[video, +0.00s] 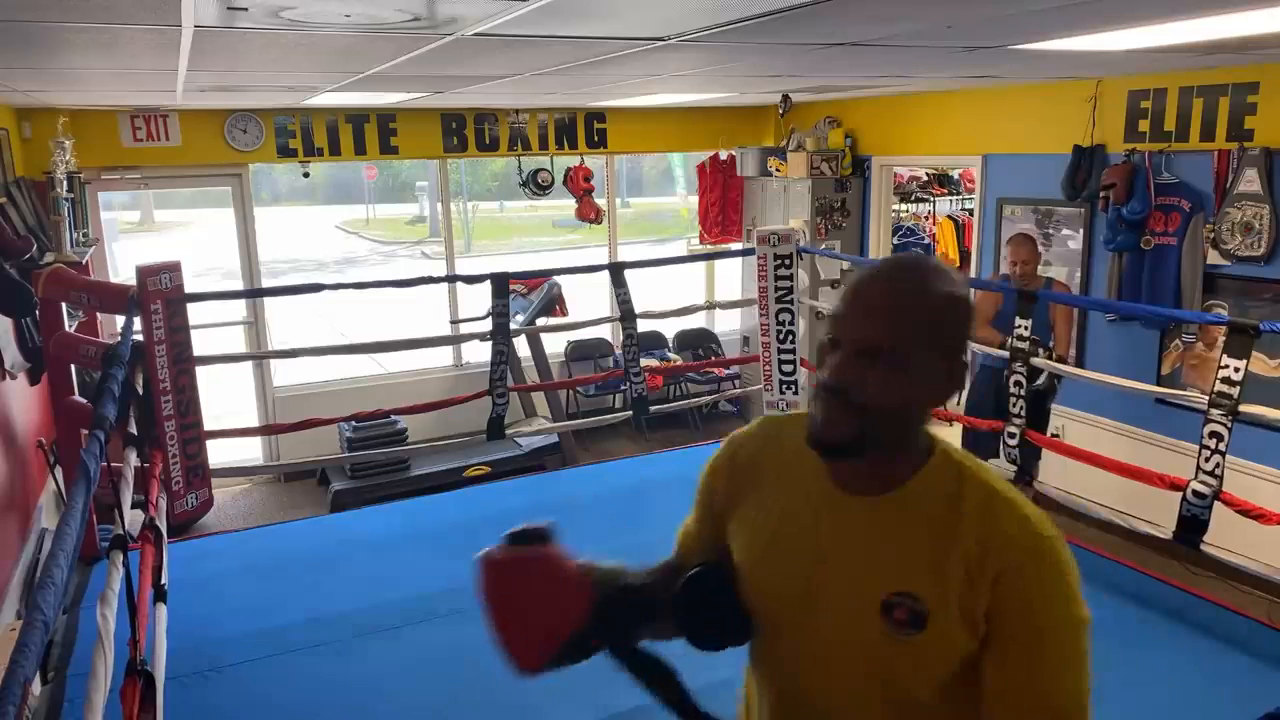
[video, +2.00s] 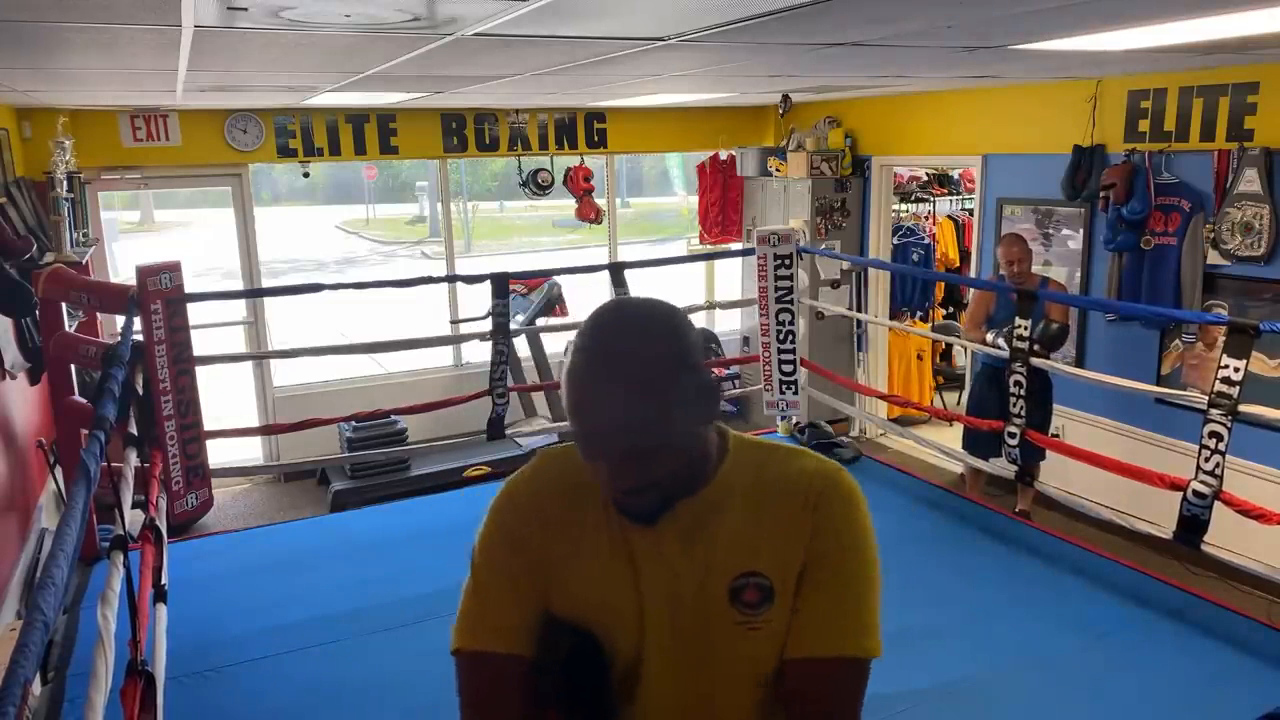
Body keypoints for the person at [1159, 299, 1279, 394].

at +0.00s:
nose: (1220, 326)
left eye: (1223, 322)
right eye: (1215, 321)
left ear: (1226, 327)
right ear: (1201, 325)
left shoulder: (1232, 350)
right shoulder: (1190, 348)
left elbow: (1271, 368)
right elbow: (1163, 369)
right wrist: (1178, 347)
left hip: (1219, 405)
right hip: (1190, 401)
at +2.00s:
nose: (1220, 327)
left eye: (1224, 322)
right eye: (1215, 322)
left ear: (1226, 327)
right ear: (1201, 325)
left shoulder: (1231, 350)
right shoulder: (1189, 349)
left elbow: (1270, 368)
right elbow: (1162, 369)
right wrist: (1178, 348)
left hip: (1219, 405)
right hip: (1189, 401)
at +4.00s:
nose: (1220, 327)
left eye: (1223, 322)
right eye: (1215, 322)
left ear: (1226, 327)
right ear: (1201, 325)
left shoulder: (1231, 349)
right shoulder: (1189, 349)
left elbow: (1270, 368)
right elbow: (1162, 369)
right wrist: (1180, 351)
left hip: (1219, 405)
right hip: (1189, 400)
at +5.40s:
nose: (1220, 325)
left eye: (1224, 321)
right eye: (1215, 320)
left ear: (1227, 326)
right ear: (1201, 324)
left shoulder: (1232, 349)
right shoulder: (1189, 348)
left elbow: (1271, 367)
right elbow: (1162, 369)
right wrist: (1180, 346)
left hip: (1220, 406)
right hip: (1190, 401)